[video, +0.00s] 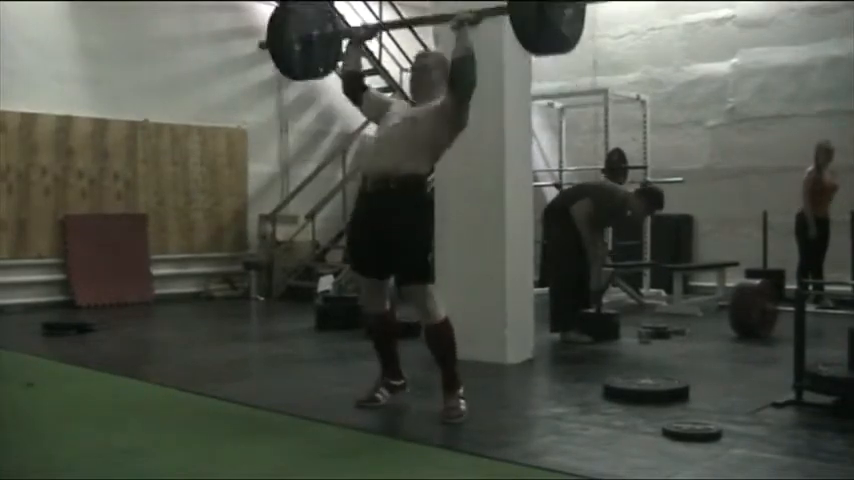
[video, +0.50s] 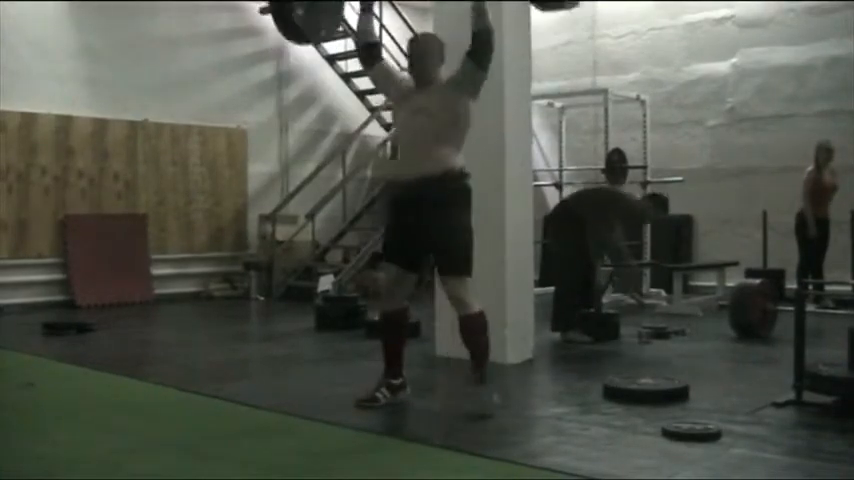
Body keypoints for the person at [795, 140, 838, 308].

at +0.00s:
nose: (827, 159)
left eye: (829, 155)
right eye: (825, 155)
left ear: (830, 157)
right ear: (818, 155)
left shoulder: (827, 174)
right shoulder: (812, 174)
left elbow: (824, 200)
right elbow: (807, 201)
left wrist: (832, 190)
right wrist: (811, 224)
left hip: (821, 220)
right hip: (808, 219)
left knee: (818, 259)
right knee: (806, 258)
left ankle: (819, 294)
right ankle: (802, 293)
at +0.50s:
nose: (827, 158)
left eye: (829, 154)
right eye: (824, 154)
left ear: (831, 156)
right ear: (817, 155)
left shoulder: (830, 173)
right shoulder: (812, 173)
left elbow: (827, 198)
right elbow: (806, 200)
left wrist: (833, 188)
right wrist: (811, 224)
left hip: (822, 219)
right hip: (807, 218)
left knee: (818, 258)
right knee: (806, 258)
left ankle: (819, 294)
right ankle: (802, 293)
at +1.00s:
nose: (826, 157)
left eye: (828, 154)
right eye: (823, 154)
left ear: (831, 156)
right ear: (817, 154)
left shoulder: (830, 173)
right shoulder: (811, 173)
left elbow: (829, 194)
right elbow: (805, 200)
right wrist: (810, 224)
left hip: (821, 219)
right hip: (807, 218)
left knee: (817, 259)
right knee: (805, 258)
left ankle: (819, 294)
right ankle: (801, 293)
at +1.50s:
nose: (820, 158)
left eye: (822, 155)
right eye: (817, 154)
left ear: (823, 156)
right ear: (810, 155)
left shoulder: (822, 173)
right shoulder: (805, 173)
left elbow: (819, 196)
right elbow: (799, 200)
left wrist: (825, 187)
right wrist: (803, 224)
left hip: (813, 219)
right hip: (800, 218)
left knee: (810, 259)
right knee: (798, 258)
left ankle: (811, 294)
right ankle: (794, 293)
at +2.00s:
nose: (814, 158)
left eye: (817, 155)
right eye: (812, 154)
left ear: (820, 156)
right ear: (806, 155)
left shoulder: (819, 173)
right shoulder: (801, 173)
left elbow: (818, 196)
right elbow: (795, 200)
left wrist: (823, 187)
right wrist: (805, 218)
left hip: (814, 219)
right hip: (799, 219)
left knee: (810, 259)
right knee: (798, 258)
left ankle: (811, 294)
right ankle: (794, 293)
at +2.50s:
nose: (811, 158)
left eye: (814, 155)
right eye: (809, 155)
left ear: (817, 156)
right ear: (804, 155)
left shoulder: (820, 173)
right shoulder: (799, 173)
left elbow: (822, 195)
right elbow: (790, 197)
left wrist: (827, 199)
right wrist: (807, 200)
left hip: (817, 218)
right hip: (801, 218)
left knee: (812, 259)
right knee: (800, 257)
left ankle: (812, 295)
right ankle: (794, 294)